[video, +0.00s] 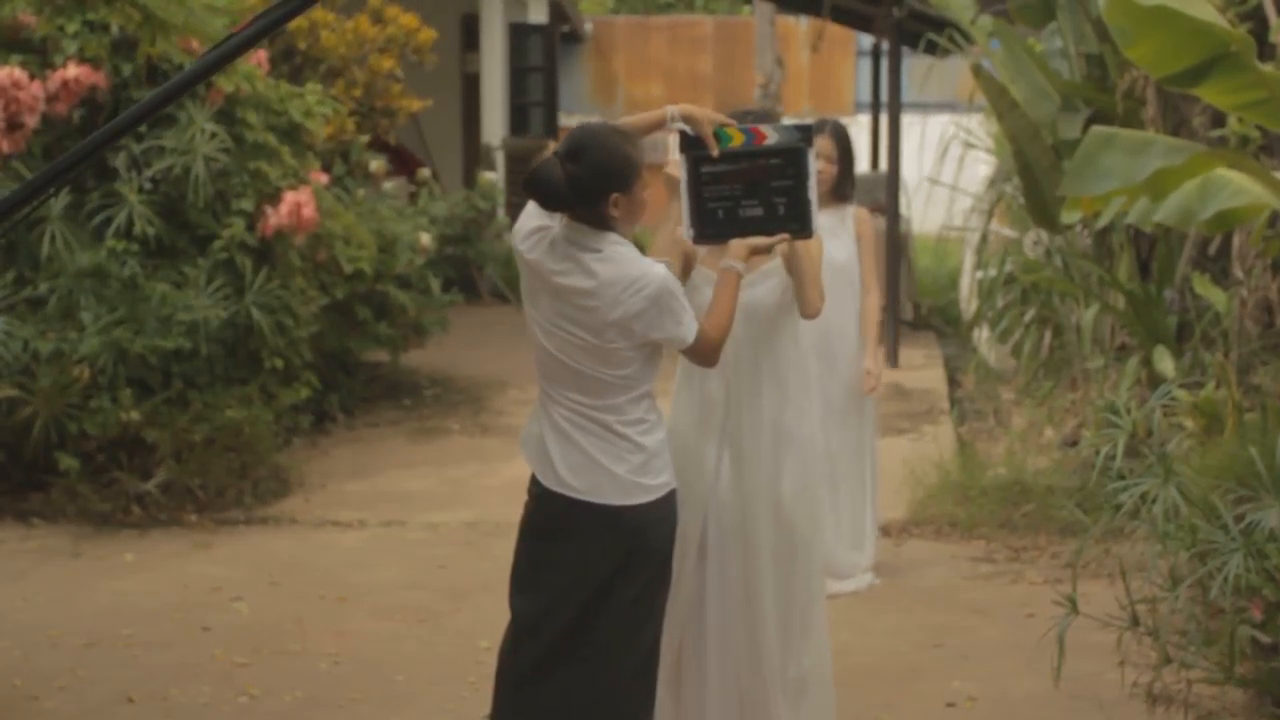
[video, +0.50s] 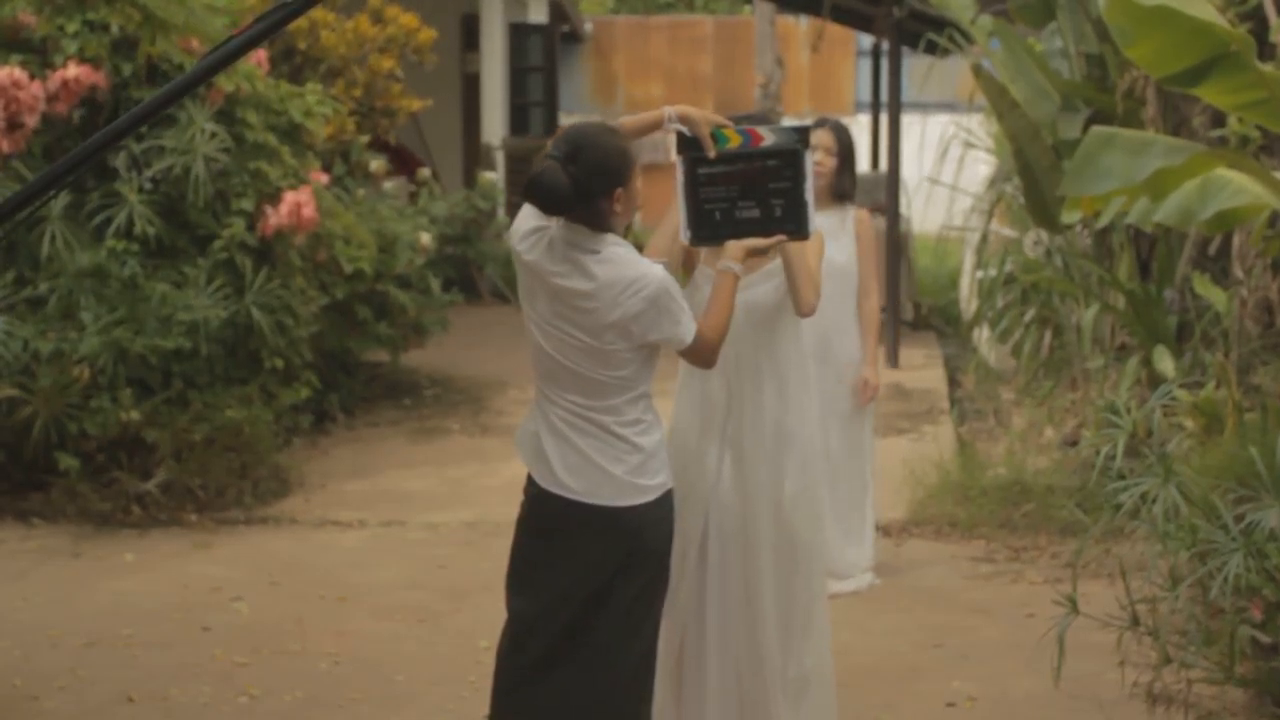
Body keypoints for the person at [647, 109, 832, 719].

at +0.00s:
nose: (754, 170)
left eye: (766, 156)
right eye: (742, 155)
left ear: (785, 165)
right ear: (718, 164)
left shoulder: (797, 230)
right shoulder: (697, 229)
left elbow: (812, 305)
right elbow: (663, 311)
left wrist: (793, 214)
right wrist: (698, 242)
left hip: (775, 427)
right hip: (703, 431)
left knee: (772, 579)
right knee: (701, 581)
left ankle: (773, 704)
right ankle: (698, 706)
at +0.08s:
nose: (757, 167)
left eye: (770, 154)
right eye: (746, 153)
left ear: (787, 163)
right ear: (724, 160)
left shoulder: (798, 226)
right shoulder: (704, 217)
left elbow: (809, 296)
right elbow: (665, 295)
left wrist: (788, 208)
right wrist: (703, 226)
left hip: (776, 417)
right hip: (706, 421)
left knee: (772, 569)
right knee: (704, 570)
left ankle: (773, 703)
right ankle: (700, 704)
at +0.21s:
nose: (755, 165)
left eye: (767, 152)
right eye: (745, 150)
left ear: (785, 159)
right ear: (725, 157)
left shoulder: (798, 222)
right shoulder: (708, 212)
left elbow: (806, 289)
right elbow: (663, 277)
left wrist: (784, 200)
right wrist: (702, 210)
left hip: (776, 412)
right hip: (706, 415)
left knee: (772, 566)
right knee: (703, 566)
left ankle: (773, 703)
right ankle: (699, 704)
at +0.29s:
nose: (757, 165)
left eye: (769, 153)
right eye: (748, 151)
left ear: (783, 161)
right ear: (727, 158)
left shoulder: (797, 222)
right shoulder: (706, 211)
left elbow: (805, 292)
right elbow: (661, 280)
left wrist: (785, 198)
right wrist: (696, 198)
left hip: (774, 415)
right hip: (705, 417)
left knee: (771, 569)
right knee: (701, 569)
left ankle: (772, 703)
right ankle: (698, 703)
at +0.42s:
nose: (753, 168)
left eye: (765, 155)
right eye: (742, 154)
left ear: (785, 162)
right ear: (722, 160)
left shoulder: (798, 226)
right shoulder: (704, 216)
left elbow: (805, 299)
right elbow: (654, 280)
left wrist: (786, 211)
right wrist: (698, 211)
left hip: (774, 420)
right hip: (704, 423)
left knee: (771, 571)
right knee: (703, 572)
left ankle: (773, 704)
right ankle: (699, 704)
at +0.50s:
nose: (749, 168)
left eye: (762, 155)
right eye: (738, 153)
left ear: (783, 162)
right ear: (720, 160)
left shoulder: (797, 227)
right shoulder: (703, 218)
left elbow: (806, 302)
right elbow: (652, 280)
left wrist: (783, 215)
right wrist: (694, 207)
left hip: (774, 422)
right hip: (705, 425)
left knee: (771, 575)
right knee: (702, 576)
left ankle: (773, 704)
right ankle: (700, 705)